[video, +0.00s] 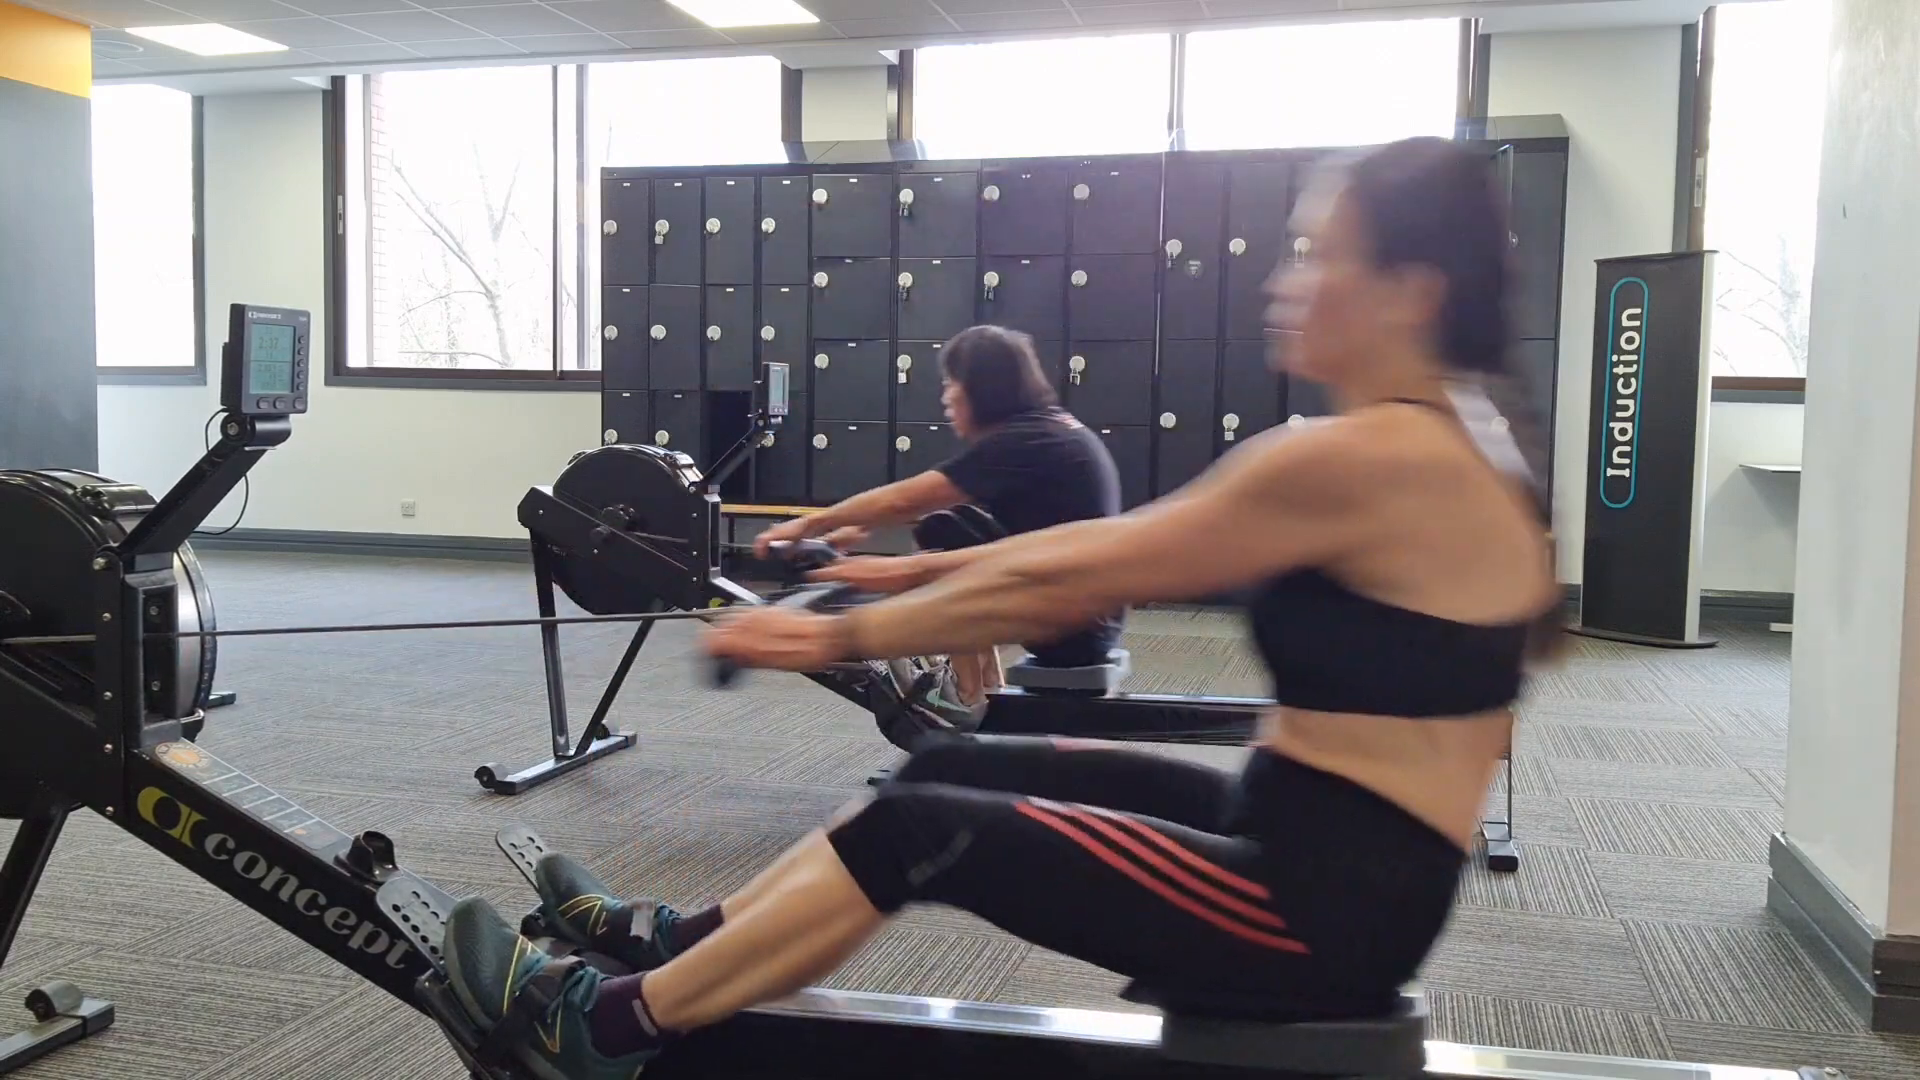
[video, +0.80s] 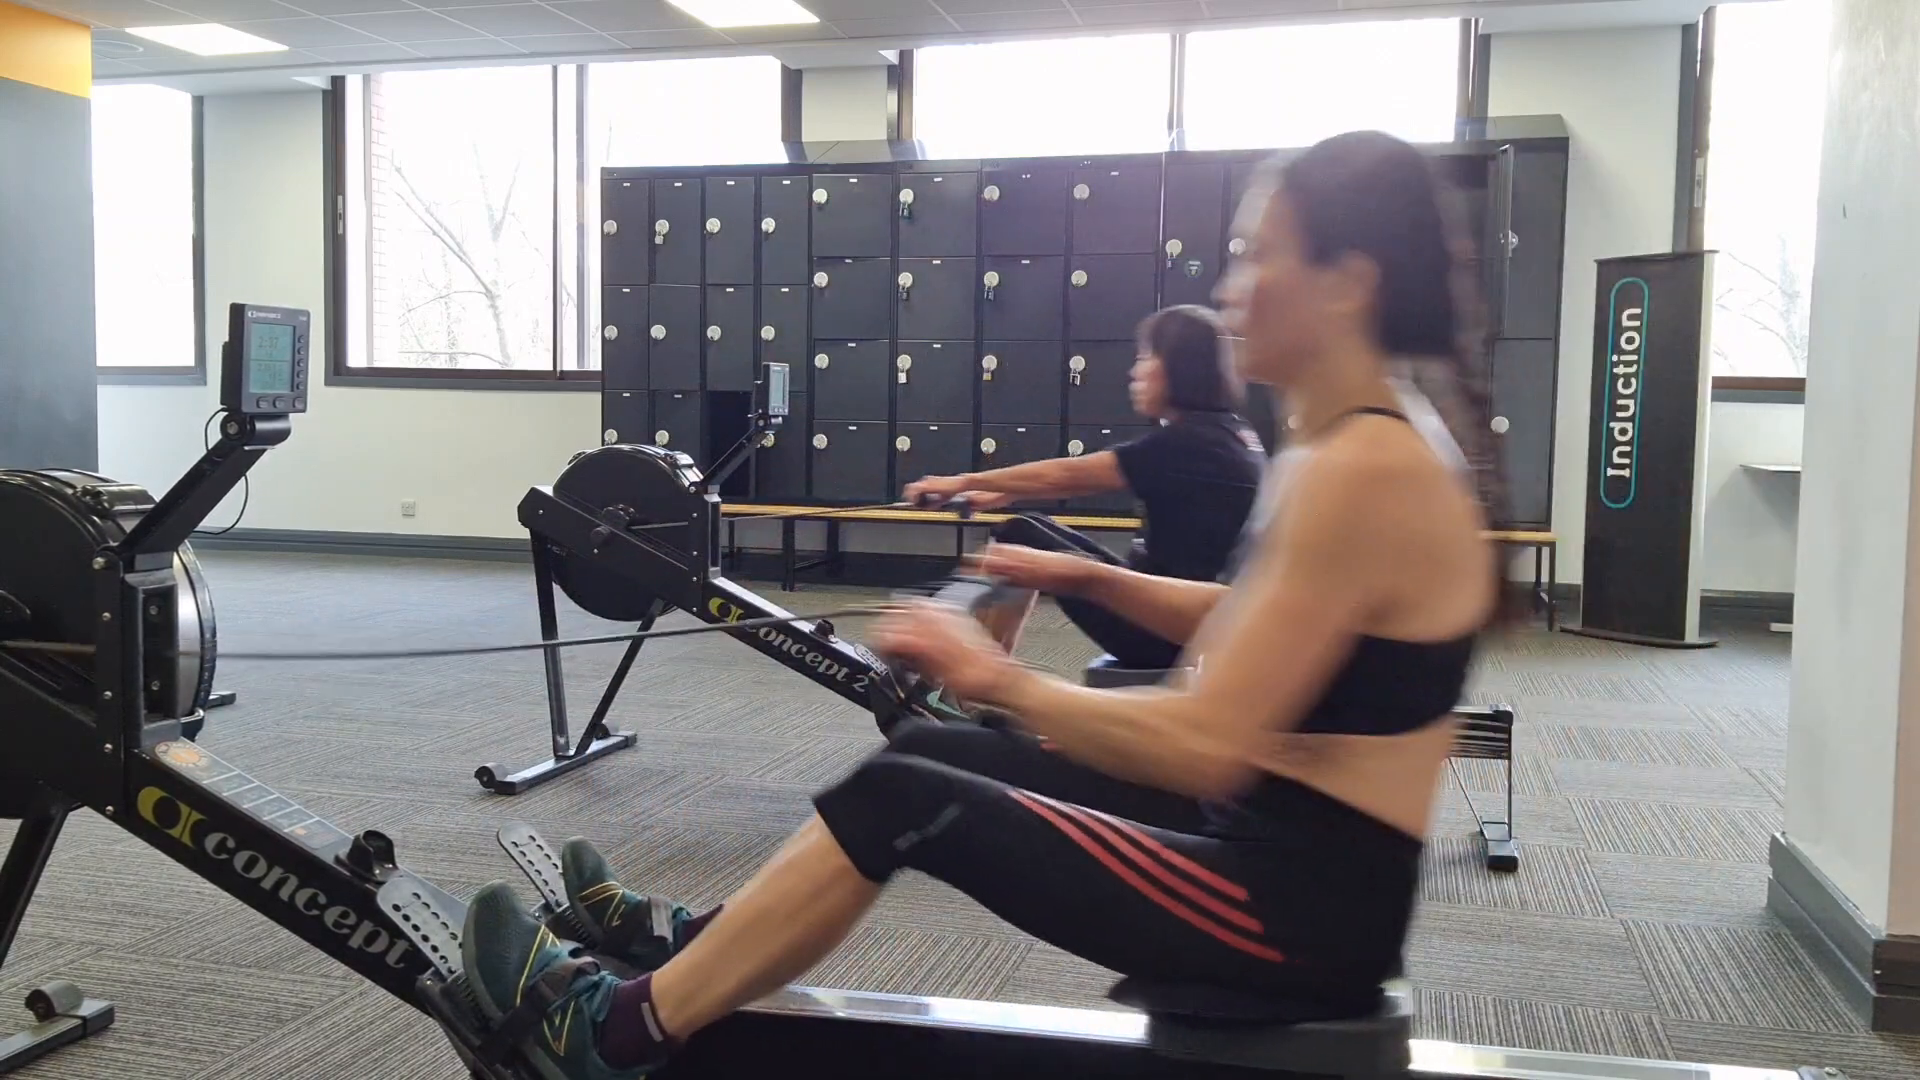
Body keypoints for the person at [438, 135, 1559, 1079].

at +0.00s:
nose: (1284, 284)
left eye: (1321, 256)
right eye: (1294, 254)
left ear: (1417, 293)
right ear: (1401, 296)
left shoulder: (1357, 460)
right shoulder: (1436, 438)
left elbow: (1061, 579)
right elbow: (1087, 561)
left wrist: (831, 633)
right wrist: (878, 622)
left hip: (1316, 897)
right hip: (1311, 816)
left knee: (930, 813)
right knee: (957, 762)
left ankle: (622, 1025)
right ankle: (683, 957)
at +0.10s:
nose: (1408, 313)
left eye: (1441, 283)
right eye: (1415, 280)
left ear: (1546, 310)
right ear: (1519, 308)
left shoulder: (1509, 480)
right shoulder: (1490, 462)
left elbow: (1201, 615)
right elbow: (1253, 568)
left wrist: (962, 650)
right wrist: (1039, 574)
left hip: (1358, 896)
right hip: (1333, 824)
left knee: (960, 844)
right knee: (975, 809)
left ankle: (610, 1030)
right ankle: (683, 946)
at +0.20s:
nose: (1480, 349)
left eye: (1509, 321)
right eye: (1486, 319)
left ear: (1617, 338)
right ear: (1591, 340)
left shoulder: (1607, 515)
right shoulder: (1549, 491)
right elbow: (1350, 636)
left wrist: (1087, 703)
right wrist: (1154, 599)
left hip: (1382, 900)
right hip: (1330, 829)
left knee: (974, 876)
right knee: (975, 839)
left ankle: (615, 1030)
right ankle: (668, 951)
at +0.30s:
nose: (1497, 372)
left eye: (1523, 338)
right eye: (1502, 340)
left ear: (1637, 349)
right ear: (1631, 352)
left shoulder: (1654, 540)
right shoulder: (1599, 512)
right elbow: (1433, 724)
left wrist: (1243, 789)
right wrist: (1264, 670)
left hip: (1386, 934)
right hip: (1342, 861)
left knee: (957, 891)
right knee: (970, 841)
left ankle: (617, 1029)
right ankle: (695, 954)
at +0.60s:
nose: (1383, 315)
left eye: (1412, 284)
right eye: (1391, 283)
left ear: (1520, 302)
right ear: (1490, 305)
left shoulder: (1551, 501)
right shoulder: (1480, 474)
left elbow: (1534, 820)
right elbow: (1431, 698)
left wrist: (1277, 778)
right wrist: (1279, 644)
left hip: (1367, 919)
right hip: (1334, 853)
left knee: (950, 839)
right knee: (957, 808)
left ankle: (613, 1037)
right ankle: (697, 948)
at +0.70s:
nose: (1312, 301)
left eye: (1341, 267)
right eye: (1318, 270)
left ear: (1446, 287)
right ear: (1419, 289)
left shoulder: (1470, 483)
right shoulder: (1420, 464)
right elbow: (1348, 679)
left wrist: (1154, 732)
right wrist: (1208, 613)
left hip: (1339, 916)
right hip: (1306, 856)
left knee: (937, 816)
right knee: (963, 770)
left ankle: (632, 1035)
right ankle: (698, 956)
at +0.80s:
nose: (1228, 288)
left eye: (1255, 258)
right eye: (1235, 258)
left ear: (1351, 283)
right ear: (1333, 286)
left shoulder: (1366, 469)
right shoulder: (1355, 455)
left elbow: (1207, 754)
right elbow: (1216, 659)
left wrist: (992, 674)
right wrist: (1075, 588)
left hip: (1291, 912)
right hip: (1272, 870)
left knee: (915, 788)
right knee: (931, 748)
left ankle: (641, 1026)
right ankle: (696, 967)